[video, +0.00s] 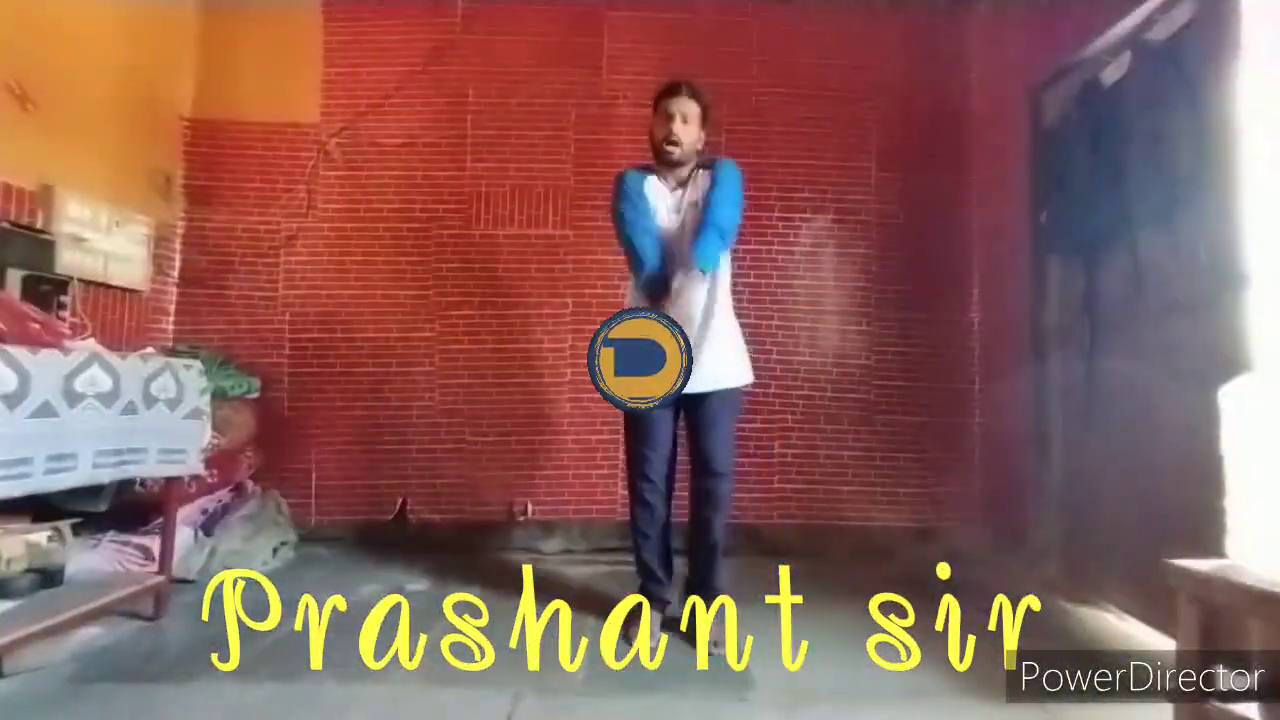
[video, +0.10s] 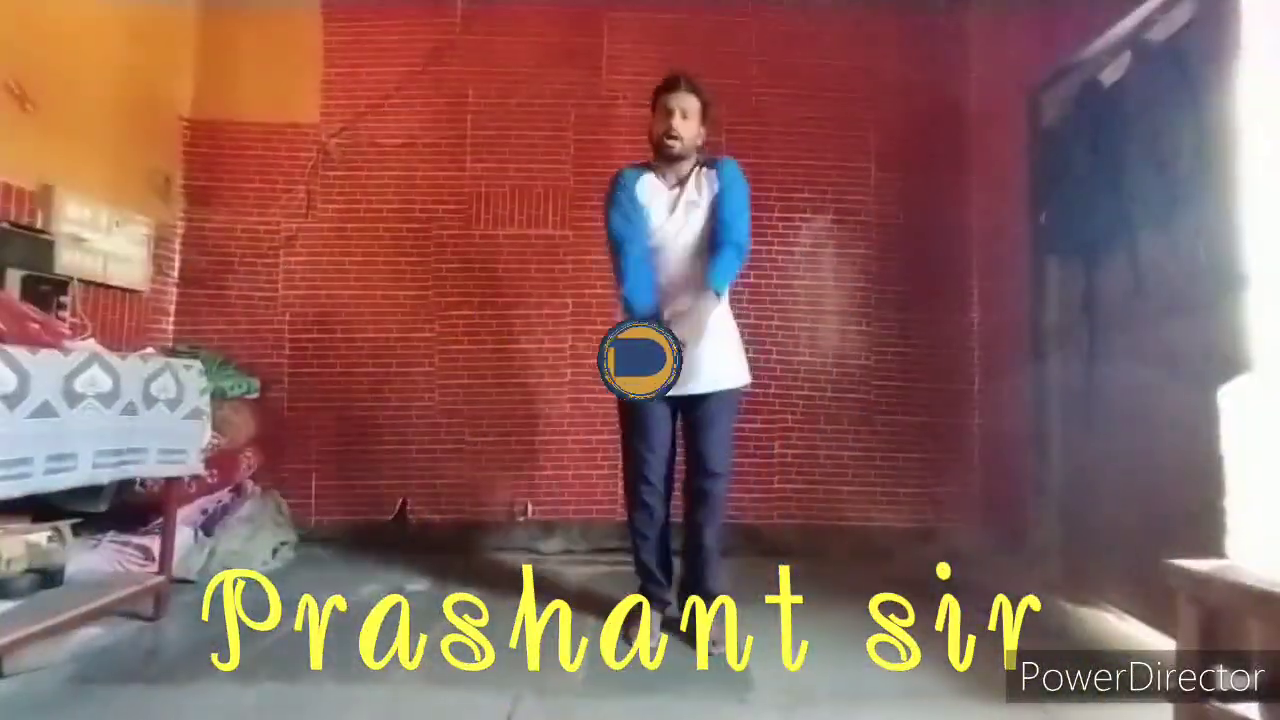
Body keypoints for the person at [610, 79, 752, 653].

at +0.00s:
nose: (675, 128)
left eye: (686, 120)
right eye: (667, 118)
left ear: (703, 130)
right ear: (653, 125)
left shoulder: (723, 177)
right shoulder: (634, 184)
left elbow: (721, 228)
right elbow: (635, 233)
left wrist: (695, 264)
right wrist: (653, 275)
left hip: (717, 359)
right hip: (654, 359)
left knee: (714, 486)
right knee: (649, 487)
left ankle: (705, 608)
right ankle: (656, 605)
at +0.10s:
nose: (673, 123)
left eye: (685, 114)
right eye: (665, 113)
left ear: (704, 127)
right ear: (652, 120)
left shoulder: (726, 176)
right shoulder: (629, 185)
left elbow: (733, 244)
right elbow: (628, 253)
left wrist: (707, 291)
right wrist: (644, 314)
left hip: (713, 358)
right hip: (650, 357)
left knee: (710, 488)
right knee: (648, 489)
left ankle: (702, 610)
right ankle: (655, 607)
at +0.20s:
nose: (678, 118)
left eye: (690, 110)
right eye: (669, 108)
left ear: (707, 125)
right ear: (653, 118)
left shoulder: (732, 194)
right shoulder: (625, 196)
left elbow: (752, 275)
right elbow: (594, 277)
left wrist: (731, 334)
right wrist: (618, 339)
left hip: (713, 371)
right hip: (645, 373)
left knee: (708, 489)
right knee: (645, 493)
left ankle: (695, 607)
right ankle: (651, 608)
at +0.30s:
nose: (686, 131)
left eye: (697, 122)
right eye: (676, 120)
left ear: (711, 134)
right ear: (656, 128)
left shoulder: (734, 197)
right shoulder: (622, 199)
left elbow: (760, 272)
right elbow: (590, 271)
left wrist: (749, 332)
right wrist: (614, 334)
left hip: (715, 372)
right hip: (643, 373)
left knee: (708, 496)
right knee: (645, 497)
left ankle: (695, 606)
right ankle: (652, 608)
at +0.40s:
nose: (697, 95)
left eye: (707, 86)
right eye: (686, 85)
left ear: (723, 99)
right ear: (667, 95)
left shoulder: (745, 174)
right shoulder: (634, 165)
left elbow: (759, 247)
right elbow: (599, 242)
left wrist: (745, 308)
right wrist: (616, 314)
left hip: (709, 356)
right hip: (641, 354)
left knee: (699, 483)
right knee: (638, 478)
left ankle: (686, 600)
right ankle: (642, 580)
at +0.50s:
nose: (702, 96)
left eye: (712, 86)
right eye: (690, 86)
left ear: (728, 98)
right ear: (672, 95)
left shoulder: (747, 176)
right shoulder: (639, 165)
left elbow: (751, 254)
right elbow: (603, 247)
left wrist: (742, 315)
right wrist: (608, 325)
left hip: (711, 355)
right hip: (640, 350)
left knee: (696, 482)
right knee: (634, 458)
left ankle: (682, 601)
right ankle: (636, 521)